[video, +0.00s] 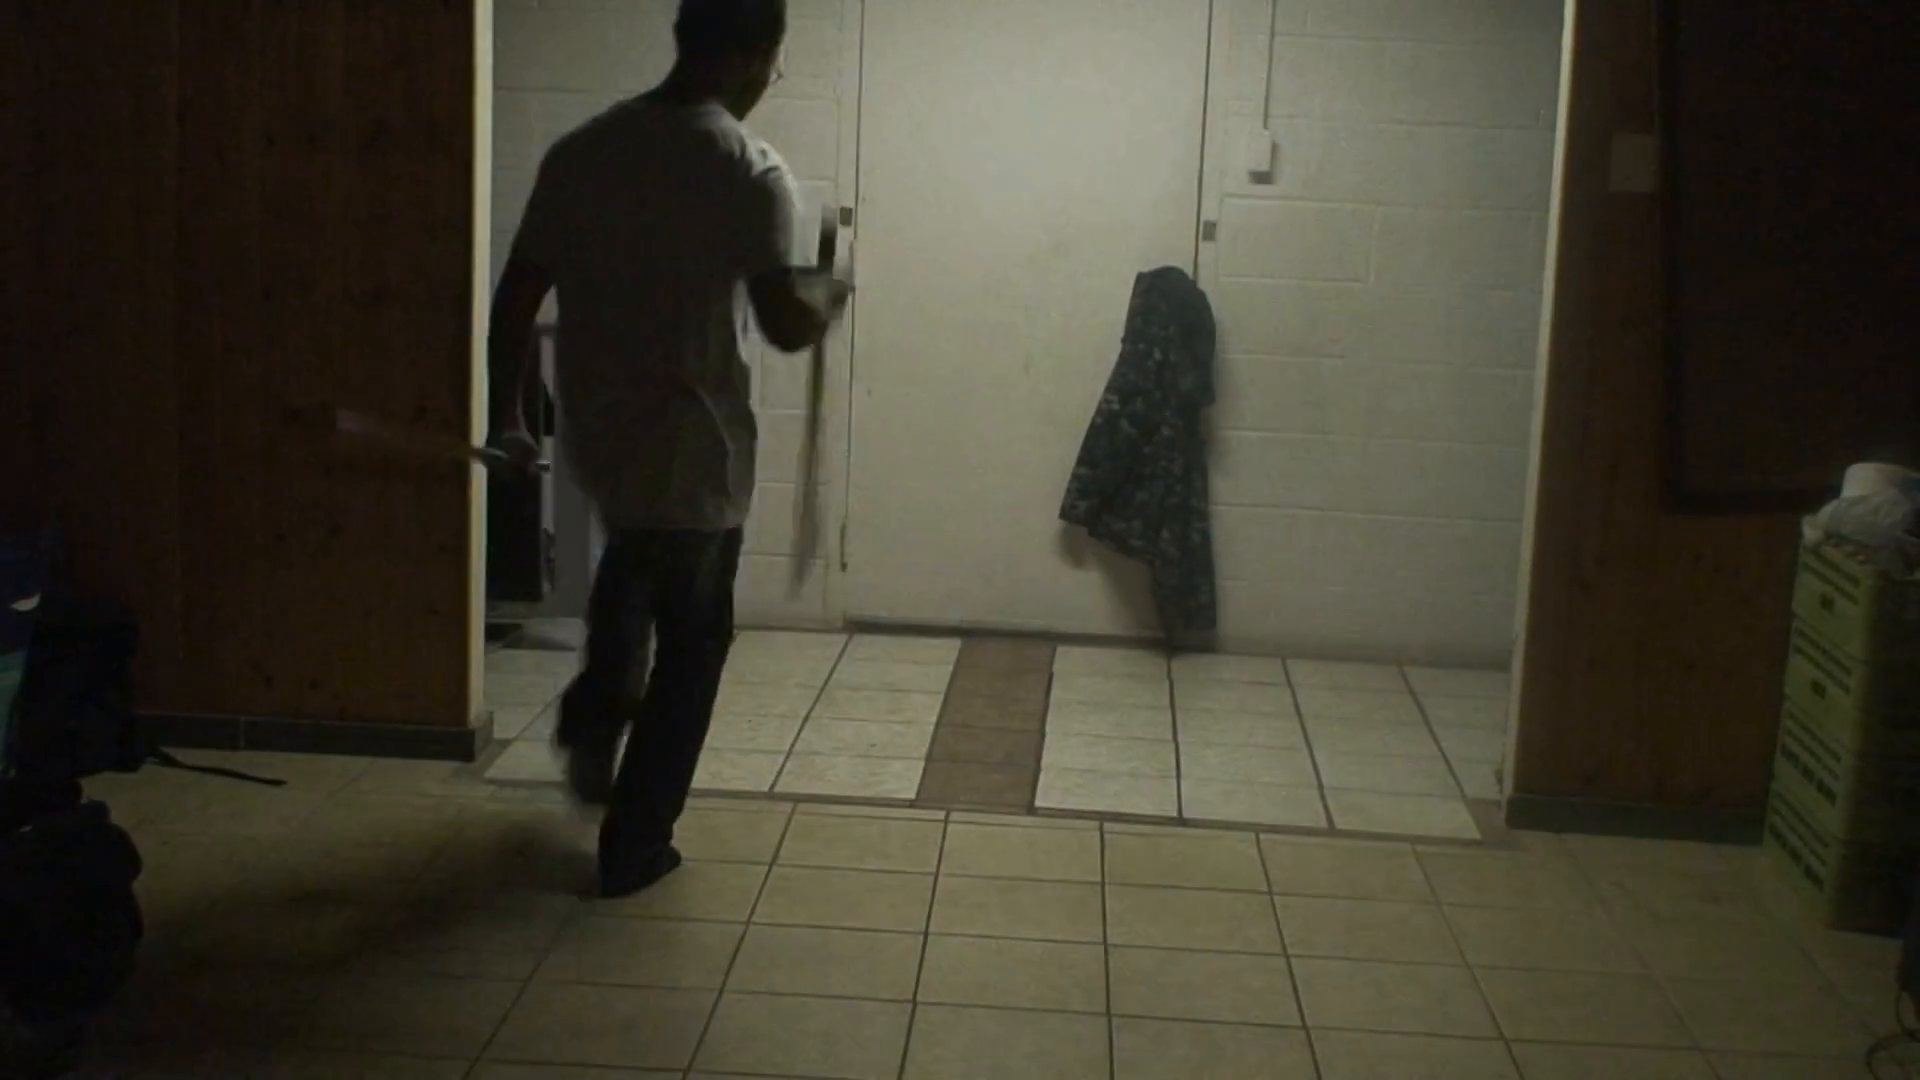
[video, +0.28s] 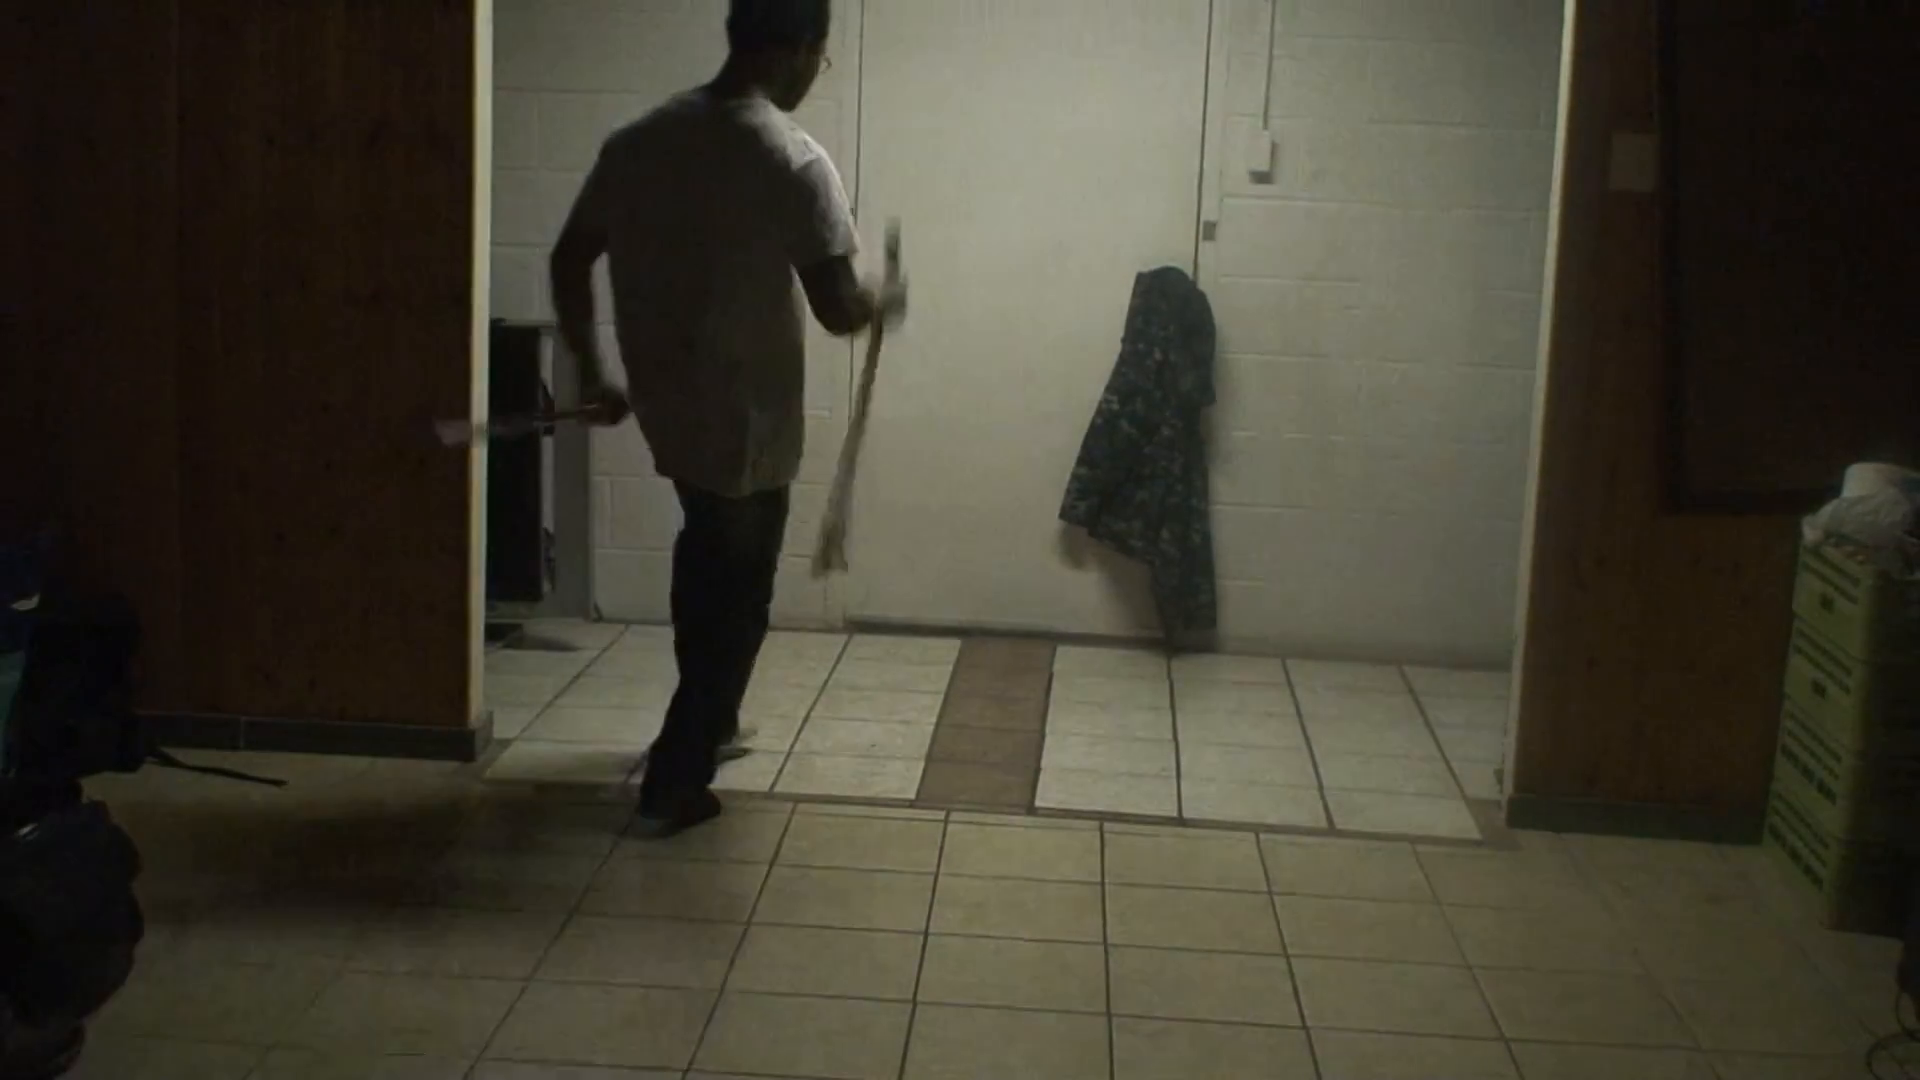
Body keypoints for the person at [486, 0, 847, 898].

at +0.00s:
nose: (773, 73)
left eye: (773, 55)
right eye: (772, 56)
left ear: (686, 40)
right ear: (750, 55)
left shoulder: (580, 153)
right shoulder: (749, 170)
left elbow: (516, 298)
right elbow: (788, 327)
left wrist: (515, 405)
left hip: (594, 431)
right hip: (696, 445)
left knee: (633, 551)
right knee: (693, 642)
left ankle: (592, 732)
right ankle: (633, 849)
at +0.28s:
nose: (821, 65)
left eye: (820, 49)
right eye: (818, 49)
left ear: (738, 39)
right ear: (794, 49)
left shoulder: (638, 143)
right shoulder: (794, 160)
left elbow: (570, 260)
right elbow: (840, 310)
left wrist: (590, 374)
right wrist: (885, 294)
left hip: (666, 404)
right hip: (751, 415)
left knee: (705, 546)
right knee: (738, 601)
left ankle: (705, 723)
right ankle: (674, 789)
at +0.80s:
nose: (955, 104)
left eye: (959, 87)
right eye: (946, 85)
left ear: (888, 80)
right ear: (899, 79)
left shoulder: (827, 148)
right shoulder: (886, 171)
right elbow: (840, 289)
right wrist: (841, 411)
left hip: (835, 397)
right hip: (898, 400)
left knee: (837, 535)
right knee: (957, 525)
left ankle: (770, 698)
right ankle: (922, 681)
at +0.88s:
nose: (990, 113)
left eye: (992, 97)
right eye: (981, 95)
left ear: (921, 89)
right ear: (932, 88)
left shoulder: (870, 156)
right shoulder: (909, 182)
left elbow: (912, 240)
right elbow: (869, 309)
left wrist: (986, 234)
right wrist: (905, 416)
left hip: (876, 407)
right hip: (925, 410)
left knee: (871, 536)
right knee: (971, 541)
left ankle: (776, 680)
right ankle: (923, 681)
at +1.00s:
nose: (1031, 117)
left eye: (1036, 102)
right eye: (1019, 101)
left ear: (980, 93)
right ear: (971, 89)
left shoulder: (959, 164)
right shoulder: (940, 179)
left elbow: (950, 297)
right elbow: (899, 298)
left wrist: (1013, 343)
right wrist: (983, 374)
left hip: (973, 407)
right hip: (958, 414)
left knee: (978, 529)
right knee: (985, 551)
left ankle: (859, 603)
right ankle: (924, 687)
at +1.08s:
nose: (1058, 115)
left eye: (1065, 100)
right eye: (1046, 99)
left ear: (1062, 87)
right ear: (998, 82)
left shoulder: (1002, 154)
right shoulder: (959, 167)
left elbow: (985, 268)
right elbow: (916, 281)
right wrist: (1031, 274)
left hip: (1038, 374)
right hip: (987, 396)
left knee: (1114, 461)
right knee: (998, 551)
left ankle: (986, 553)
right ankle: (921, 680)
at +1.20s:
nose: (1100, 102)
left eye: (1110, 85)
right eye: (1087, 83)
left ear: (1115, 76)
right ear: (1040, 69)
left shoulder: (1048, 140)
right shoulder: (995, 156)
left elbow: (1032, 260)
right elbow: (963, 272)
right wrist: (1042, 208)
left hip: (1085, 355)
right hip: (1026, 393)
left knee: (1185, 450)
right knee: (1058, 532)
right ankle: (1002, 676)